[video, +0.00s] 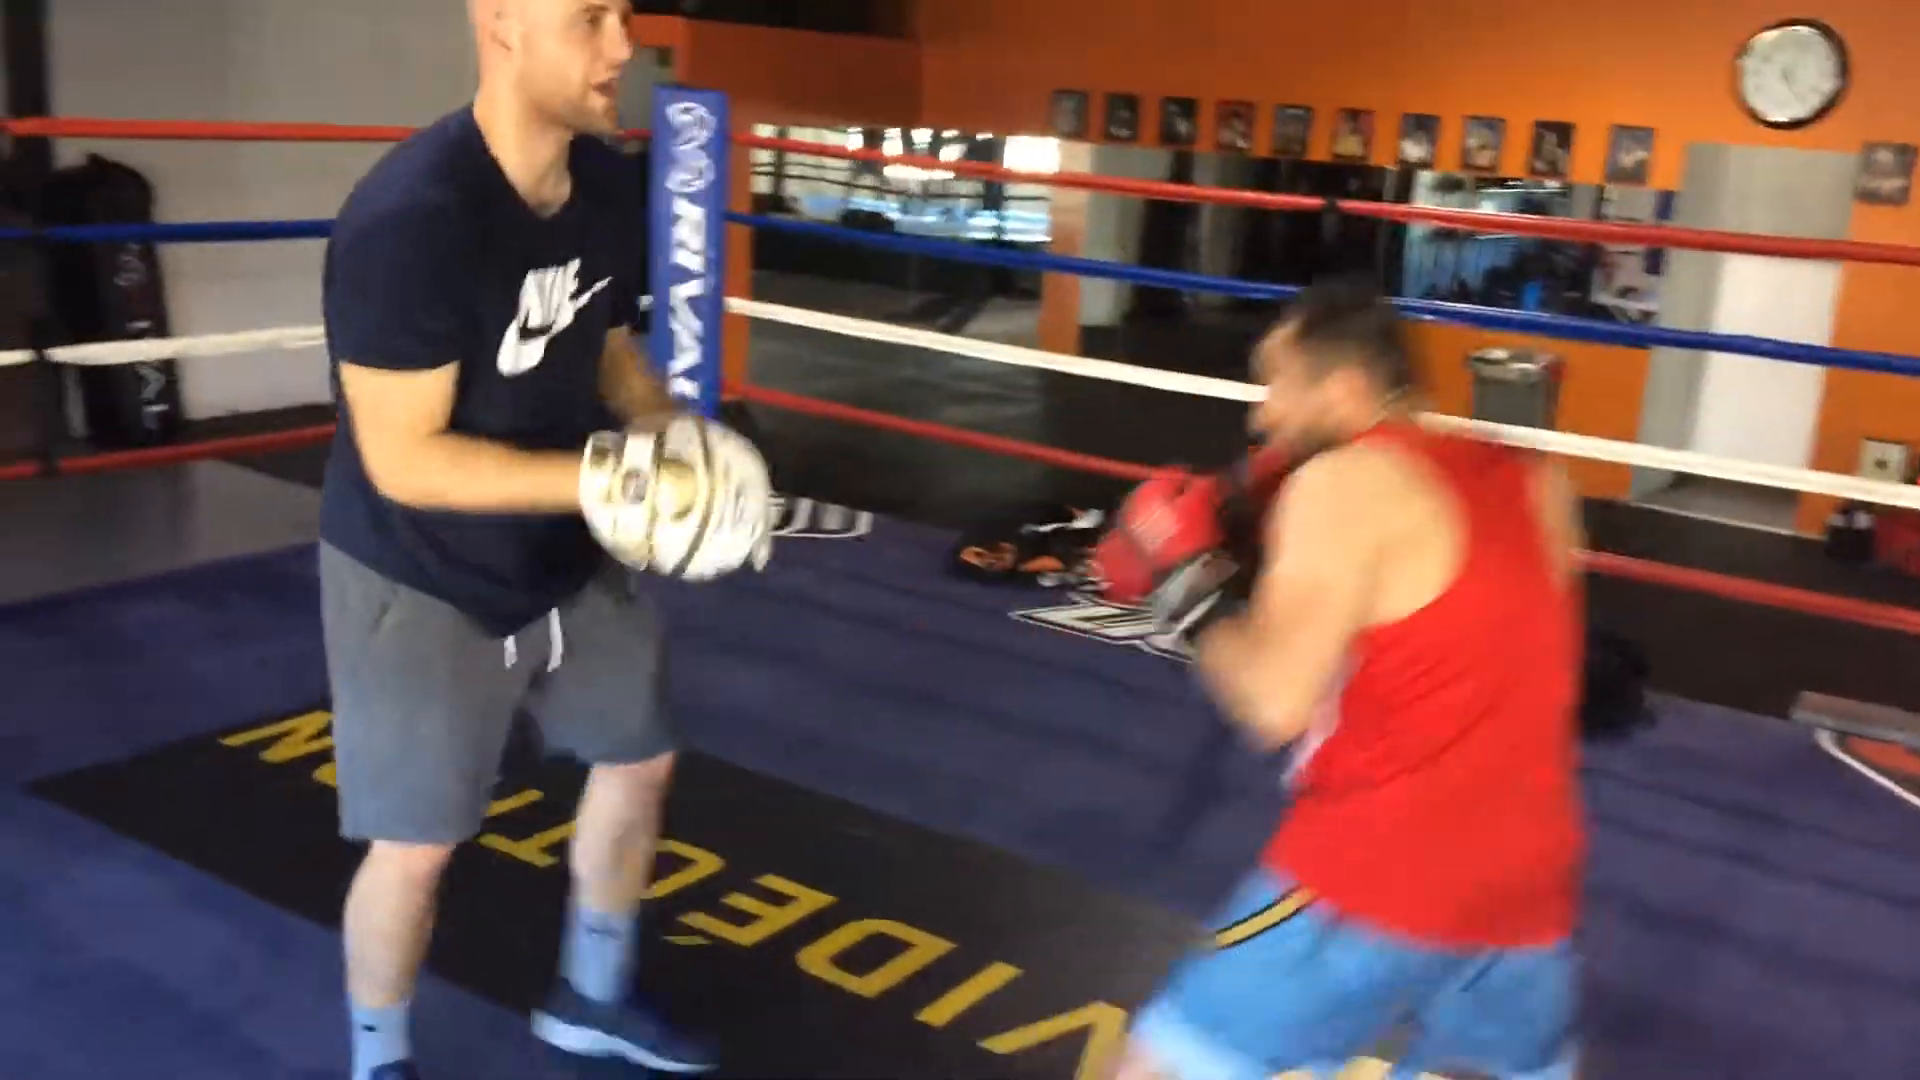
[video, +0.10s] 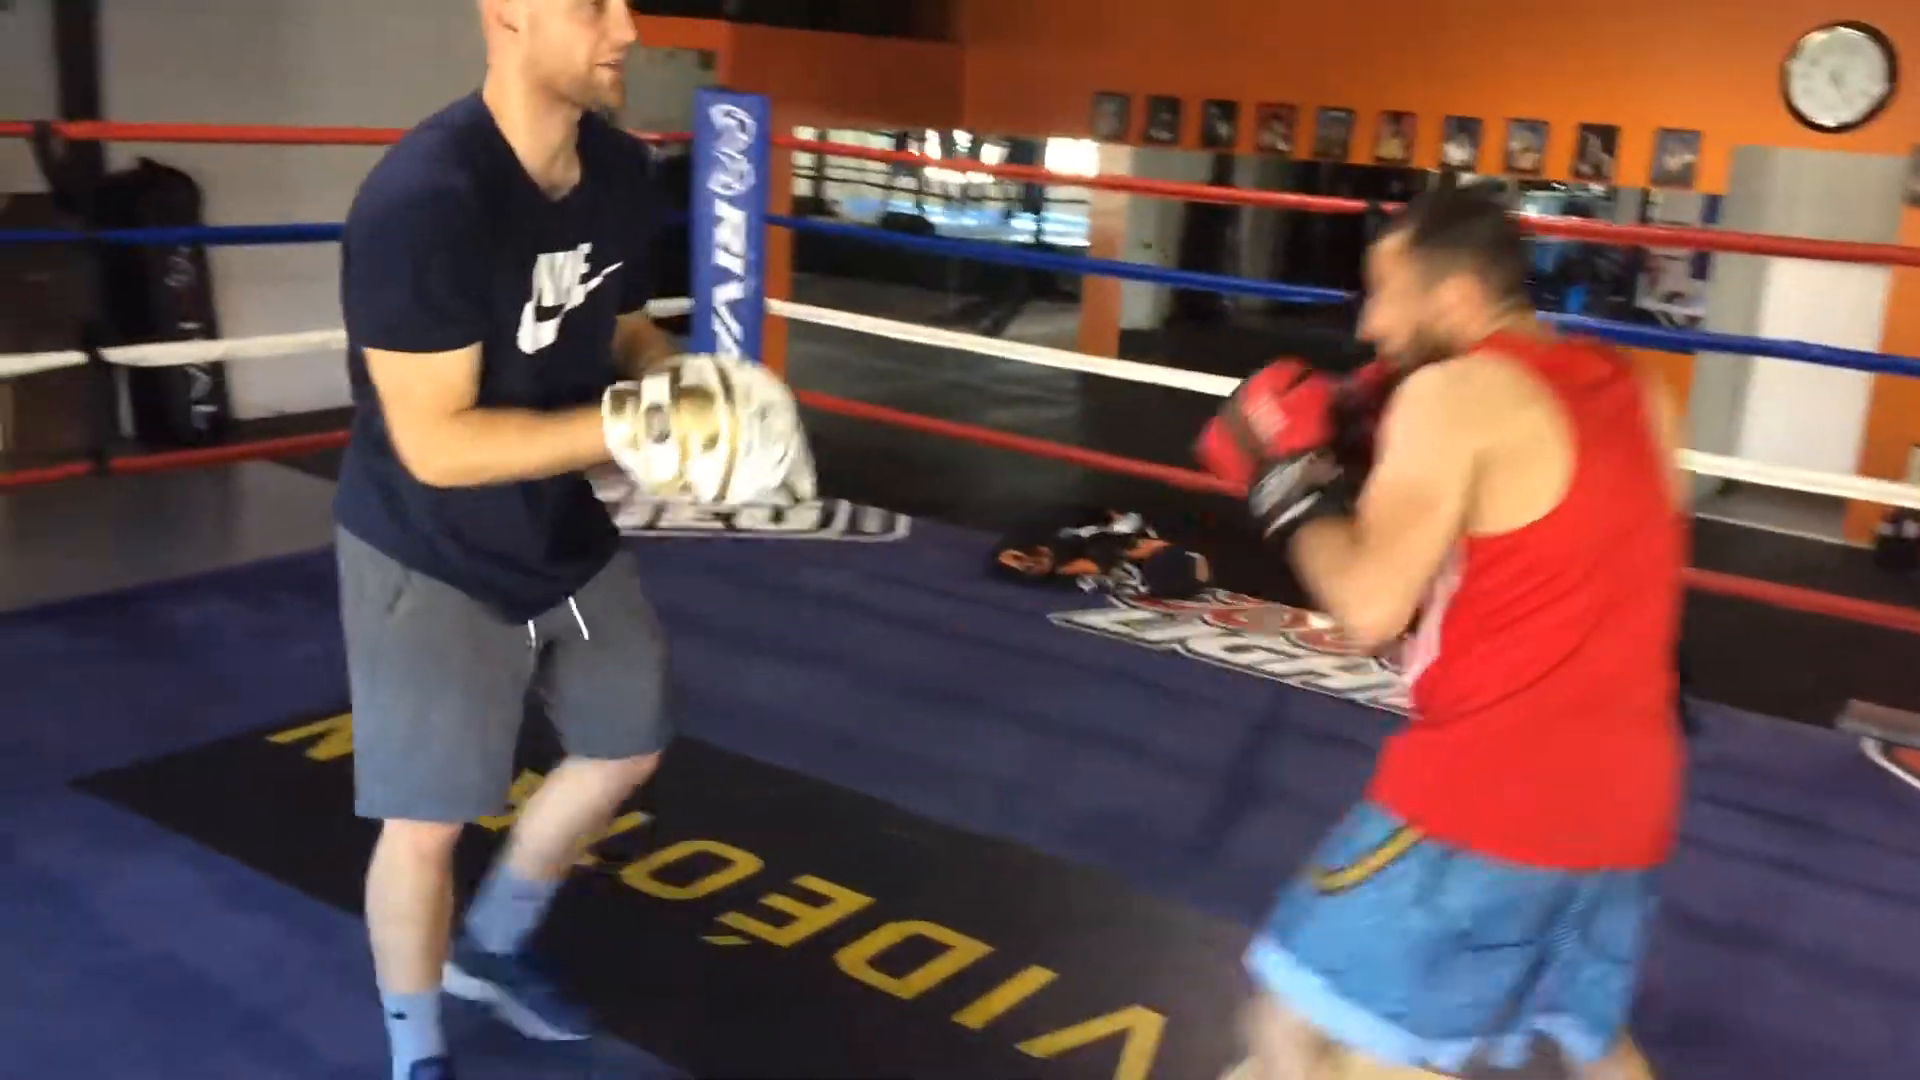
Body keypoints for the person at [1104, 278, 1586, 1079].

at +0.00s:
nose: (1262, 411)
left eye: (1275, 385)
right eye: (1263, 385)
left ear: (1342, 387)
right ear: (1381, 378)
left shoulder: (1341, 487)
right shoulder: (1528, 472)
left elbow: (1273, 702)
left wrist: (1189, 583)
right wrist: (1282, 522)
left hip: (1369, 889)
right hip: (1525, 893)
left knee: (1168, 1059)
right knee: (1518, 1069)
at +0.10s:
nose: (1366, 323)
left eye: (1381, 293)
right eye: (1368, 294)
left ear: (1454, 295)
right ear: (1483, 288)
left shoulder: (1452, 397)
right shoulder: (1621, 384)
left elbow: (1366, 605)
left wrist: (1284, 476)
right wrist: (1376, 437)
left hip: (1483, 805)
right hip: (1625, 808)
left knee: (1298, 1028)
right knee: (1578, 1038)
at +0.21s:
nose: (1460, 302)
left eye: (1476, 275)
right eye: (1463, 275)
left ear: (1553, 283)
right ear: (1571, 279)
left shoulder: (1535, 379)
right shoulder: (1726, 393)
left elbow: (1407, 573)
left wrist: (1351, 441)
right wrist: (1461, 419)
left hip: (1548, 811)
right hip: (1691, 807)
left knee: (1473, 1051)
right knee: (1658, 1017)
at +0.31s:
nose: (1536, 348)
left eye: (1553, 323)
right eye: (1541, 322)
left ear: (1631, 337)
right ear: (1658, 338)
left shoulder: (1586, 434)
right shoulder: (1787, 462)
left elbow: (1424, 605)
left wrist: (1394, 483)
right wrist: (1497, 478)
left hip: (1592, 888)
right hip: (1732, 879)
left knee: (1578, 1058)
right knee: (1713, 1035)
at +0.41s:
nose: (1568, 370)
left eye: (1589, 345)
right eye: (1576, 343)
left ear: (1664, 361)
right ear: (1692, 362)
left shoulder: (1624, 456)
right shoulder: (1811, 474)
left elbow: (1501, 639)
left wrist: (1440, 523)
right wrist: (1553, 515)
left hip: (1605, 885)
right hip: (1742, 880)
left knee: (1591, 1062)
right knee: (1724, 1060)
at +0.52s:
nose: (1569, 348)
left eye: (1591, 324)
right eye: (1576, 321)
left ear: (1667, 340)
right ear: (1682, 342)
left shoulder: (1635, 430)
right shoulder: (1798, 442)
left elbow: (1599, 622)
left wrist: (1493, 549)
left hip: (1619, 806)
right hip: (1743, 803)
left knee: (1480, 1037)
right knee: (1719, 1022)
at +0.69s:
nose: (1496, 319)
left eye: (1520, 298)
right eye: (1502, 295)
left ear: (1596, 313)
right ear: (1600, 315)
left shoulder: (1593, 399)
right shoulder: (1683, 391)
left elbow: (1601, 582)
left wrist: (1470, 513)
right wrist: (1507, 447)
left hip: (1568, 753)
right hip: (1681, 764)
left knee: (1383, 905)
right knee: (1683, 985)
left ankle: (1379, 1072)